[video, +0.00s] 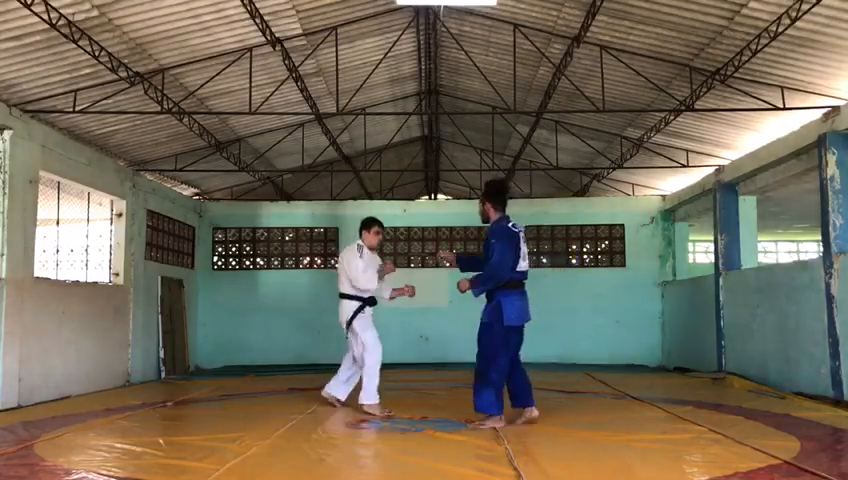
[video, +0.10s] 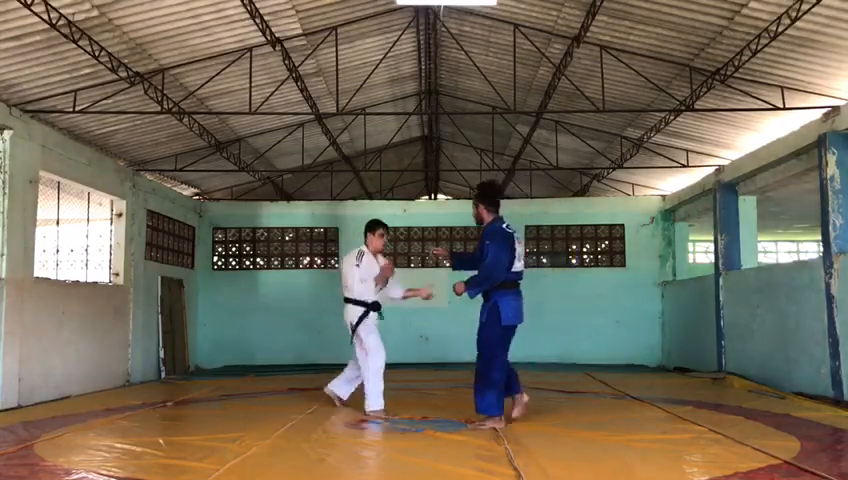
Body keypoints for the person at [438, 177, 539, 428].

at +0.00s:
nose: (480, 208)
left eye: (482, 204)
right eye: (481, 203)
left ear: (489, 206)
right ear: (500, 205)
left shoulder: (499, 231)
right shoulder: (512, 229)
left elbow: (500, 270)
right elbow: (489, 262)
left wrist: (473, 283)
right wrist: (457, 260)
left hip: (501, 302)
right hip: (515, 299)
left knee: (490, 356)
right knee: (510, 356)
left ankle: (493, 414)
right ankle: (528, 407)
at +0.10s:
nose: (474, 212)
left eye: (475, 207)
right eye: (474, 207)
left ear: (483, 208)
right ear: (493, 207)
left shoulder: (495, 232)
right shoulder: (501, 230)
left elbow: (494, 270)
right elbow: (480, 260)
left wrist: (467, 285)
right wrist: (451, 257)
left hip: (499, 301)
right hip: (506, 300)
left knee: (489, 355)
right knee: (495, 353)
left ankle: (494, 416)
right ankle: (518, 395)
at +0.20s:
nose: (468, 211)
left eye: (469, 207)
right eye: (468, 207)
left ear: (477, 208)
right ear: (487, 207)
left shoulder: (492, 232)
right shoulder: (492, 230)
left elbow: (491, 269)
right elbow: (473, 259)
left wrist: (463, 285)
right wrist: (445, 256)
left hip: (496, 299)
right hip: (499, 296)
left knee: (486, 350)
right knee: (491, 348)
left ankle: (493, 414)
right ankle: (502, 394)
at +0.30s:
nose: (462, 212)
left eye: (464, 208)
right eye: (463, 208)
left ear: (471, 209)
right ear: (481, 207)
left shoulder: (490, 233)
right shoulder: (481, 233)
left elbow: (489, 270)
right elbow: (467, 258)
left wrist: (459, 282)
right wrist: (438, 253)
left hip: (496, 299)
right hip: (486, 298)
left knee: (491, 353)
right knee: (477, 349)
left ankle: (495, 414)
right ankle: (484, 403)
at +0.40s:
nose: (458, 217)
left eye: (459, 212)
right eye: (458, 212)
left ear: (467, 213)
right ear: (475, 212)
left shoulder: (492, 239)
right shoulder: (473, 238)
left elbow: (486, 273)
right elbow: (451, 253)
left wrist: (455, 282)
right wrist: (424, 250)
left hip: (495, 300)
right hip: (482, 300)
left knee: (489, 355)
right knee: (475, 354)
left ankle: (496, 415)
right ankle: (478, 407)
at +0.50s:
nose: (453, 218)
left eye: (454, 213)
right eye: (454, 214)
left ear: (461, 214)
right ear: (470, 213)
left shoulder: (488, 240)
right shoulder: (465, 239)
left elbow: (485, 274)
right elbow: (442, 249)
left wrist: (454, 282)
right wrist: (413, 250)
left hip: (490, 302)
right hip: (476, 302)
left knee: (483, 354)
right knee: (471, 353)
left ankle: (492, 412)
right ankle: (478, 406)